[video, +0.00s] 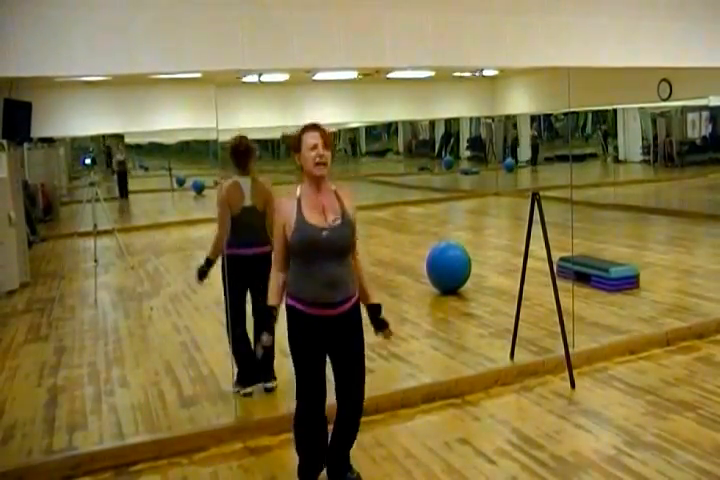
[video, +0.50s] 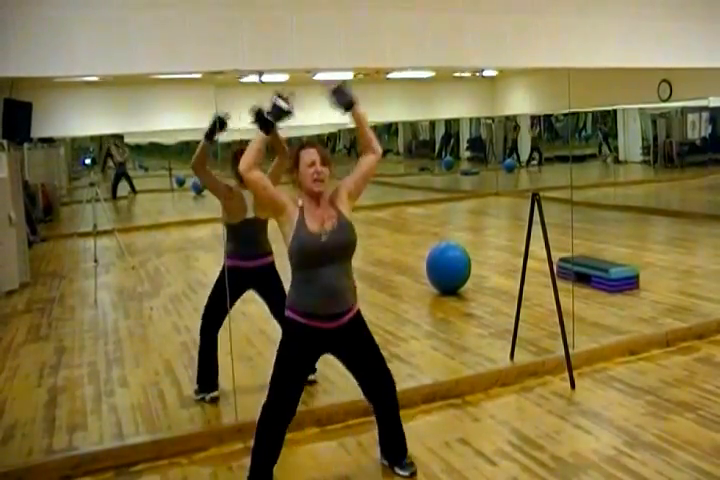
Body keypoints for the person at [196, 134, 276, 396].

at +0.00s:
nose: (247, 161)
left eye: (238, 156)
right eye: (249, 156)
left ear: (231, 159)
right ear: (253, 158)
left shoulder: (227, 190)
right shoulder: (265, 188)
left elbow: (223, 232)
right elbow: (273, 226)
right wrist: (277, 255)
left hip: (236, 259)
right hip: (263, 257)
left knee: (236, 318)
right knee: (264, 314)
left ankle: (247, 375)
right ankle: (267, 373)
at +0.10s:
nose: (242, 150)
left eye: (236, 145)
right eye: (247, 144)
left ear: (230, 149)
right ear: (253, 147)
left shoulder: (226, 181)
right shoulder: (265, 179)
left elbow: (217, 223)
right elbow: (278, 215)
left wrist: (198, 243)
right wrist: (277, 243)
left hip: (233, 250)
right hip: (260, 247)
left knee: (232, 307)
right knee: (264, 304)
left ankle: (241, 372)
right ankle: (267, 368)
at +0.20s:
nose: (247, 139)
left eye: (236, 135)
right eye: (250, 134)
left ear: (230, 138)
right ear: (253, 137)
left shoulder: (223, 170)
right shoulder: (266, 167)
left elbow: (201, 202)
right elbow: (281, 199)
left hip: (231, 241)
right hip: (260, 239)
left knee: (227, 301)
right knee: (269, 297)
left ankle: (231, 366)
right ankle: (276, 358)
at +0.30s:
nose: (256, 144)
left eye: (254, 140)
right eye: (252, 140)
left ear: (226, 146)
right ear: (248, 144)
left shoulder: (222, 173)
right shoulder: (264, 167)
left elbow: (189, 180)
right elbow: (296, 159)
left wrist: (179, 170)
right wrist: (294, 127)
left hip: (232, 244)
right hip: (261, 243)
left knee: (220, 305)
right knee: (277, 301)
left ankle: (216, 370)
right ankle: (291, 361)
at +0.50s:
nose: (241, 168)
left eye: (238, 163)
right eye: (244, 162)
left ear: (233, 168)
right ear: (255, 167)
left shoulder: (228, 194)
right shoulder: (267, 190)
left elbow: (198, 167)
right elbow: (284, 156)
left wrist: (208, 137)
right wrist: (270, 129)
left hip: (235, 271)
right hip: (265, 269)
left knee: (209, 325)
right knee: (288, 320)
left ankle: (208, 386)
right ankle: (305, 369)